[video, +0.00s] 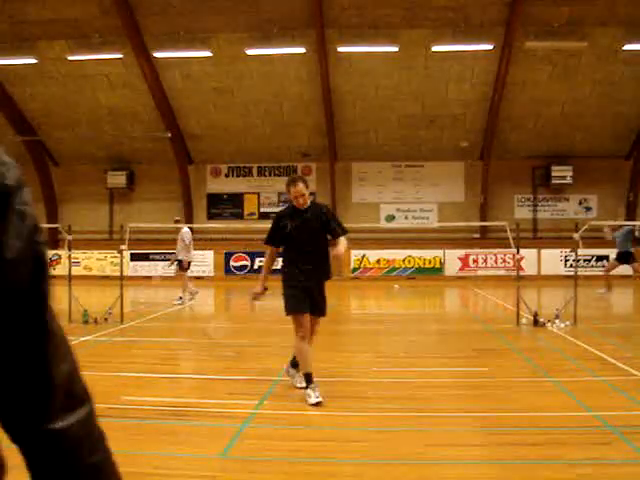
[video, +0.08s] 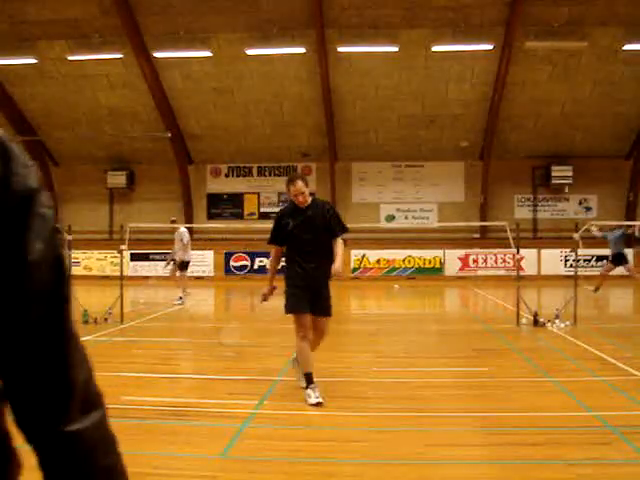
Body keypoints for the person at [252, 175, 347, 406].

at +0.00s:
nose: (300, 200)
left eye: (303, 195)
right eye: (296, 196)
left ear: (308, 192)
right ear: (289, 196)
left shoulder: (322, 212)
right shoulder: (283, 218)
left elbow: (341, 236)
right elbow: (271, 251)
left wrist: (341, 249)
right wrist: (262, 281)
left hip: (317, 278)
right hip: (294, 279)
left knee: (311, 330)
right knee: (302, 331)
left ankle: (293, 366)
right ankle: (310, 384)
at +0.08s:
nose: (300, 198)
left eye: (302, 193)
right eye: (295, 195)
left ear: (308, 189)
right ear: (289, 195)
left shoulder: (324, 209)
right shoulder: (285, 216)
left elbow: (338, 238)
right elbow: (276, 251)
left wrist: (338, 261)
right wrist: (270, 282)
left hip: (321, 276)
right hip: (297, 277)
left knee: (320, 331)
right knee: (303, 332)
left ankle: (301, 356)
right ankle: (310, 385)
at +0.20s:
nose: (303, 194)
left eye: (305, 189)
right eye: (298, 192)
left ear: (312, 186)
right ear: (292, 193)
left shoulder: (330, 206)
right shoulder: (288, 212)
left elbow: (339, 242)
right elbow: (281, 249)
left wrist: (342, 275)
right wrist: (278, 282)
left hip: (328, 278)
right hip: (301, 280)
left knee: (336, 329)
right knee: (306, 332)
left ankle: (320, 361)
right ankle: (310, 385)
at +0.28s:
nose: (304, 194)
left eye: (306, 188)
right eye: (299, 190)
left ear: (314, 184)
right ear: (293, 191)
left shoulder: (331, 207)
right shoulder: (289, 211)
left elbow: (340, 243)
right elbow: (282, 249)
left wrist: (344, 273)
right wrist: (280, 283)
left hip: (329, 277)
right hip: (302, 279)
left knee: (338, 328)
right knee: (307, 333)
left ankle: (325, 367)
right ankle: (310, 385)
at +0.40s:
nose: (313, 191)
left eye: (315, 186)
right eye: (308, 188)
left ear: (322, 183)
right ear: (302, 189)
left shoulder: (338, 206)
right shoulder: (295, 209)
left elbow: (347, 237)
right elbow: (282, 245)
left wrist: (356, 260)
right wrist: (281, 277)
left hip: (334, 278)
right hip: (307, 280)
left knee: (343, 331)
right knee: (310, 334)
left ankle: (348, 389)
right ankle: (312, 387)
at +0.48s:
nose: (321, 191)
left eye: (324, 186)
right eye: (316, 187)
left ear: (331, 185)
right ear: (310, 188)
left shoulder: (344, 207)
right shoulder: (301, 209)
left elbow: (355, 236)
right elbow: (285, 243)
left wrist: (366, 261)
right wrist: (281, 275)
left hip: (338, 281)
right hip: (311, 282)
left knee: (345, 337)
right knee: (314, 335)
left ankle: (355, 393)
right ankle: (312, 387)